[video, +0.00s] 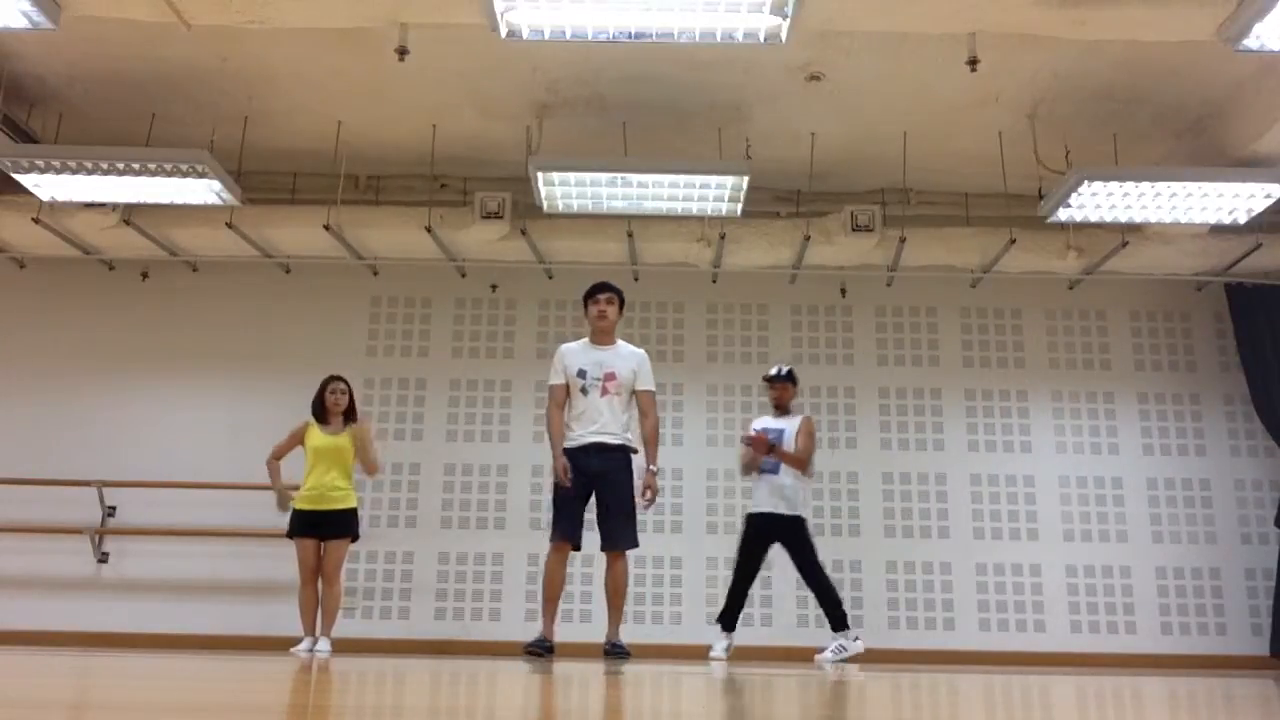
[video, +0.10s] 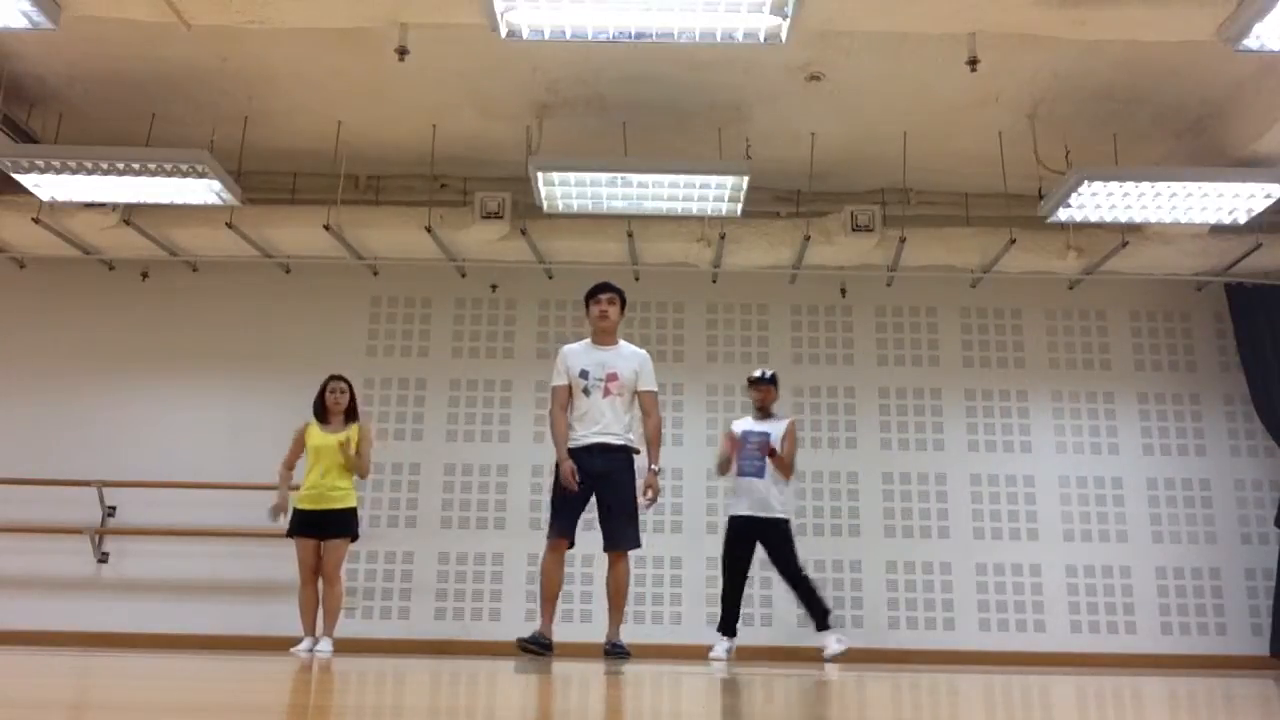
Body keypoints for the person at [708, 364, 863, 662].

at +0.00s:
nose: (775, 394)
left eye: (781, 388)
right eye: (771, 388)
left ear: (793, 391)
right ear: (767, 391)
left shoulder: (803, 423)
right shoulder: (760, 424)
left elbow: (803, 464)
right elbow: (746, 468)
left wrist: (771, 450)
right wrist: (755, 451)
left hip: (790, 515)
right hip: (760, 513)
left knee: (813, 576)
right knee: (742, 576)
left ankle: (845, 636)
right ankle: (724, 635)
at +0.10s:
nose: (760, 396)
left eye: (765, 390)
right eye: (755, 390)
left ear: (775, 394)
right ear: (749, 393)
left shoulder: (785, 426)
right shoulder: (738, 427)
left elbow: (787, 472)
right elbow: (721, 470)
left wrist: (771, 453)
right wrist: (729, 453)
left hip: (773, 515)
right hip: (741, 514)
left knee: (792, 574)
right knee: (732, 579)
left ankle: (828, 633)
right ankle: (725, 638)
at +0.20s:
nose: (748, 396)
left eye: (753, 390)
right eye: (743, 390)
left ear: (763, 394)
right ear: (735, 394)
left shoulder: (773, 425)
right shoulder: (724, 426)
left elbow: (776, 471)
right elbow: (712, 470)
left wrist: (772, 453)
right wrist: (713, 447)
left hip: (762, 511)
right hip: (731, 510)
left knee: (773, 571)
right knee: (727, 575)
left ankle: (796, 632)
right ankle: (724, 638)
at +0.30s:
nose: (738, 396)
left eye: (744, 390)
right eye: (733, 390)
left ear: (752, 394)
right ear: (726, 394)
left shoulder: (764, 425)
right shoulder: (716, 427)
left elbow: (768, 468)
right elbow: (708, 471)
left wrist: (764, 452)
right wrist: (710, 448)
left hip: (755, 508)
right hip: (723, 507)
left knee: (763, 570)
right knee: (722, 575)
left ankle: (759, 625)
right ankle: (722, 636)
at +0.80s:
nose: (726, 413)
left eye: (731, 407)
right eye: (722, 407)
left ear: (738, 410)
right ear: (713, 410)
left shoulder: (745, 438)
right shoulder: (702, 435)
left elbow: (771, 450)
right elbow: (671, 444)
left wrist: (754, 419)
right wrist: (693, 416)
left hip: (733, 517)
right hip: (705, 514)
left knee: (725, 576)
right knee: (710, 575)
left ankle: (715, 635)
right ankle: (713, 635)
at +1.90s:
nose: (698, 407)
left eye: (702, 404)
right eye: (693, 403)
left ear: (709, 409)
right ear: (684, 409)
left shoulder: (719, 437)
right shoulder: (674, 436)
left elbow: (756, 432)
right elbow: (636, 436)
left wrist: (731, 409)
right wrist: (651, 408)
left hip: (711, 516)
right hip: (681, 516)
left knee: (713, 578)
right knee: (684, 580)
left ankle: (714, 638)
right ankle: (685, 638)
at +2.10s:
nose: (694, 408)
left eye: (699, 404)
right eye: (689, 404)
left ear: (706, 409)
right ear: (682, 410)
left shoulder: (717, 438)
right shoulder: (671, 436)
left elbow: (754, 450)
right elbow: (642, 453)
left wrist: (745, 420)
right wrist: (631, 430)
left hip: (709, 518)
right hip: (679, 517)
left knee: (712, 579)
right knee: (683, 581)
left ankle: (714, 638)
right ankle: (685, 639)